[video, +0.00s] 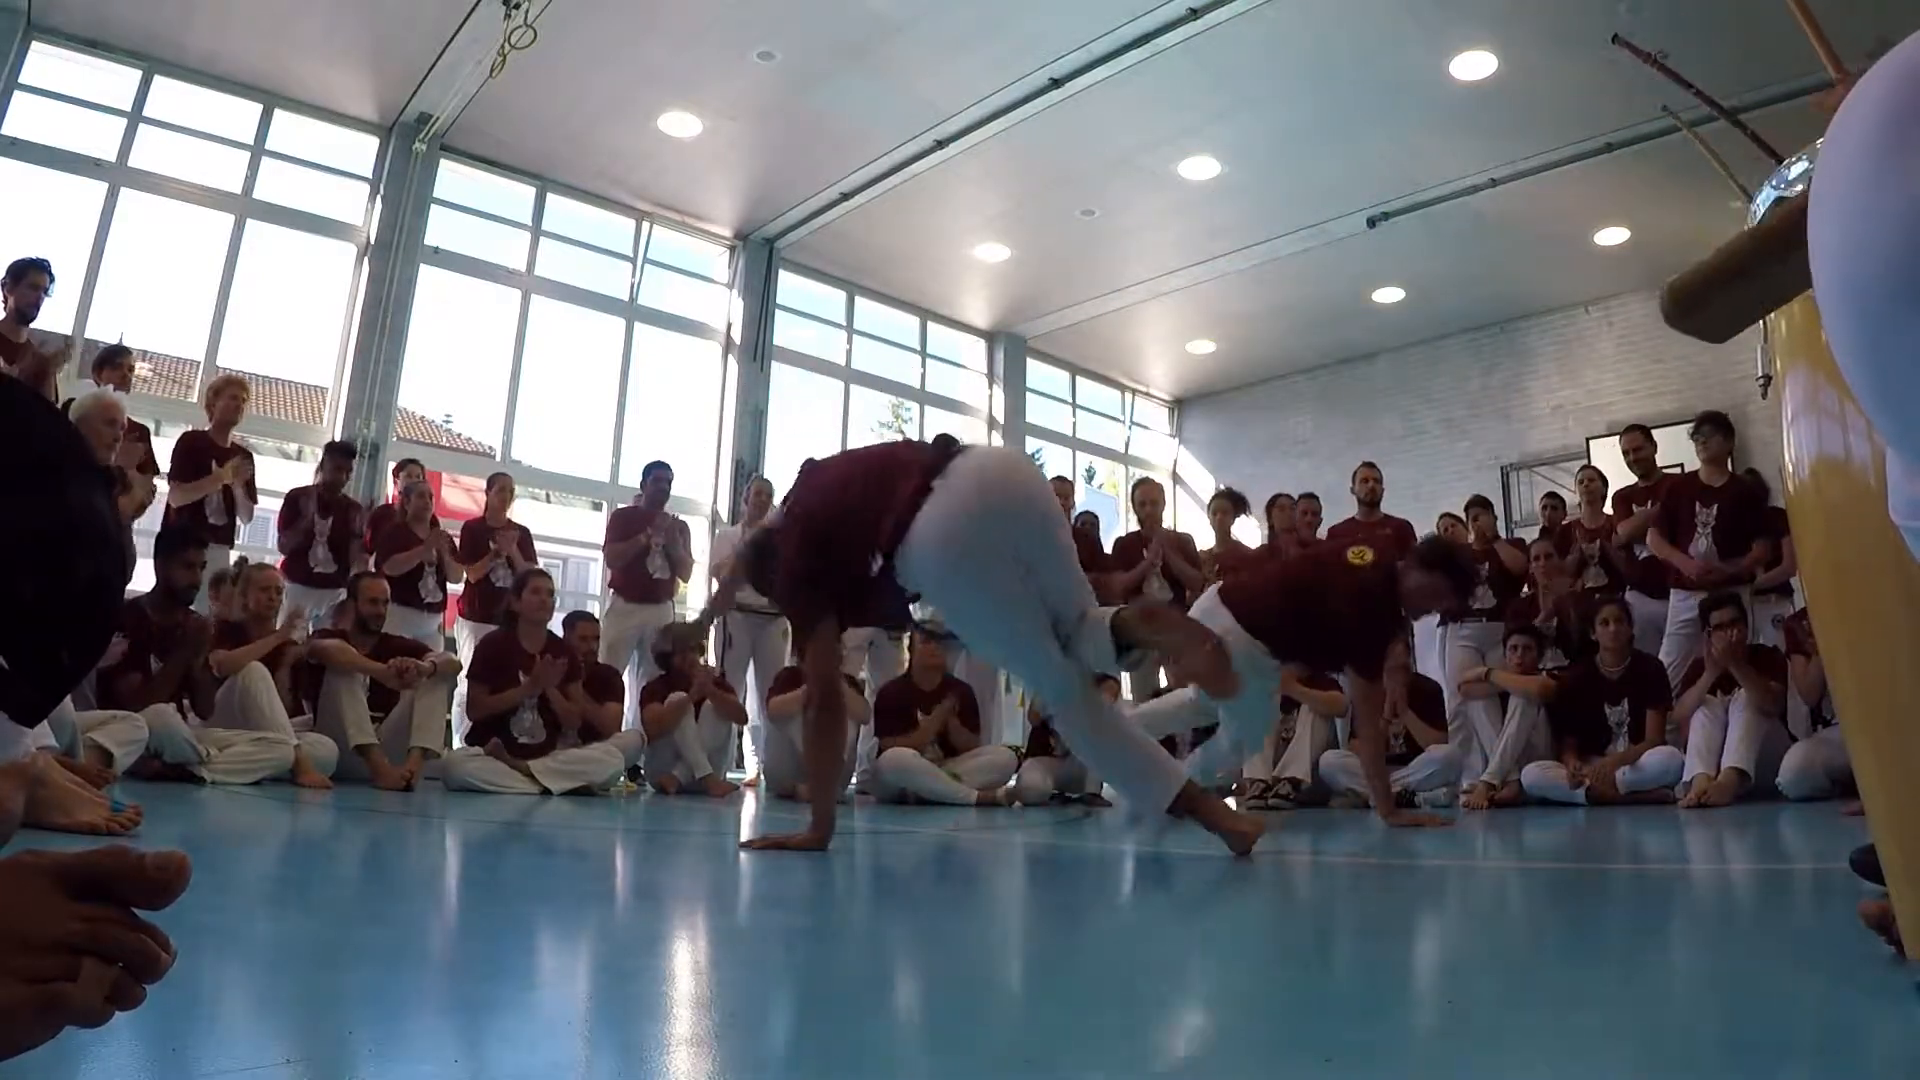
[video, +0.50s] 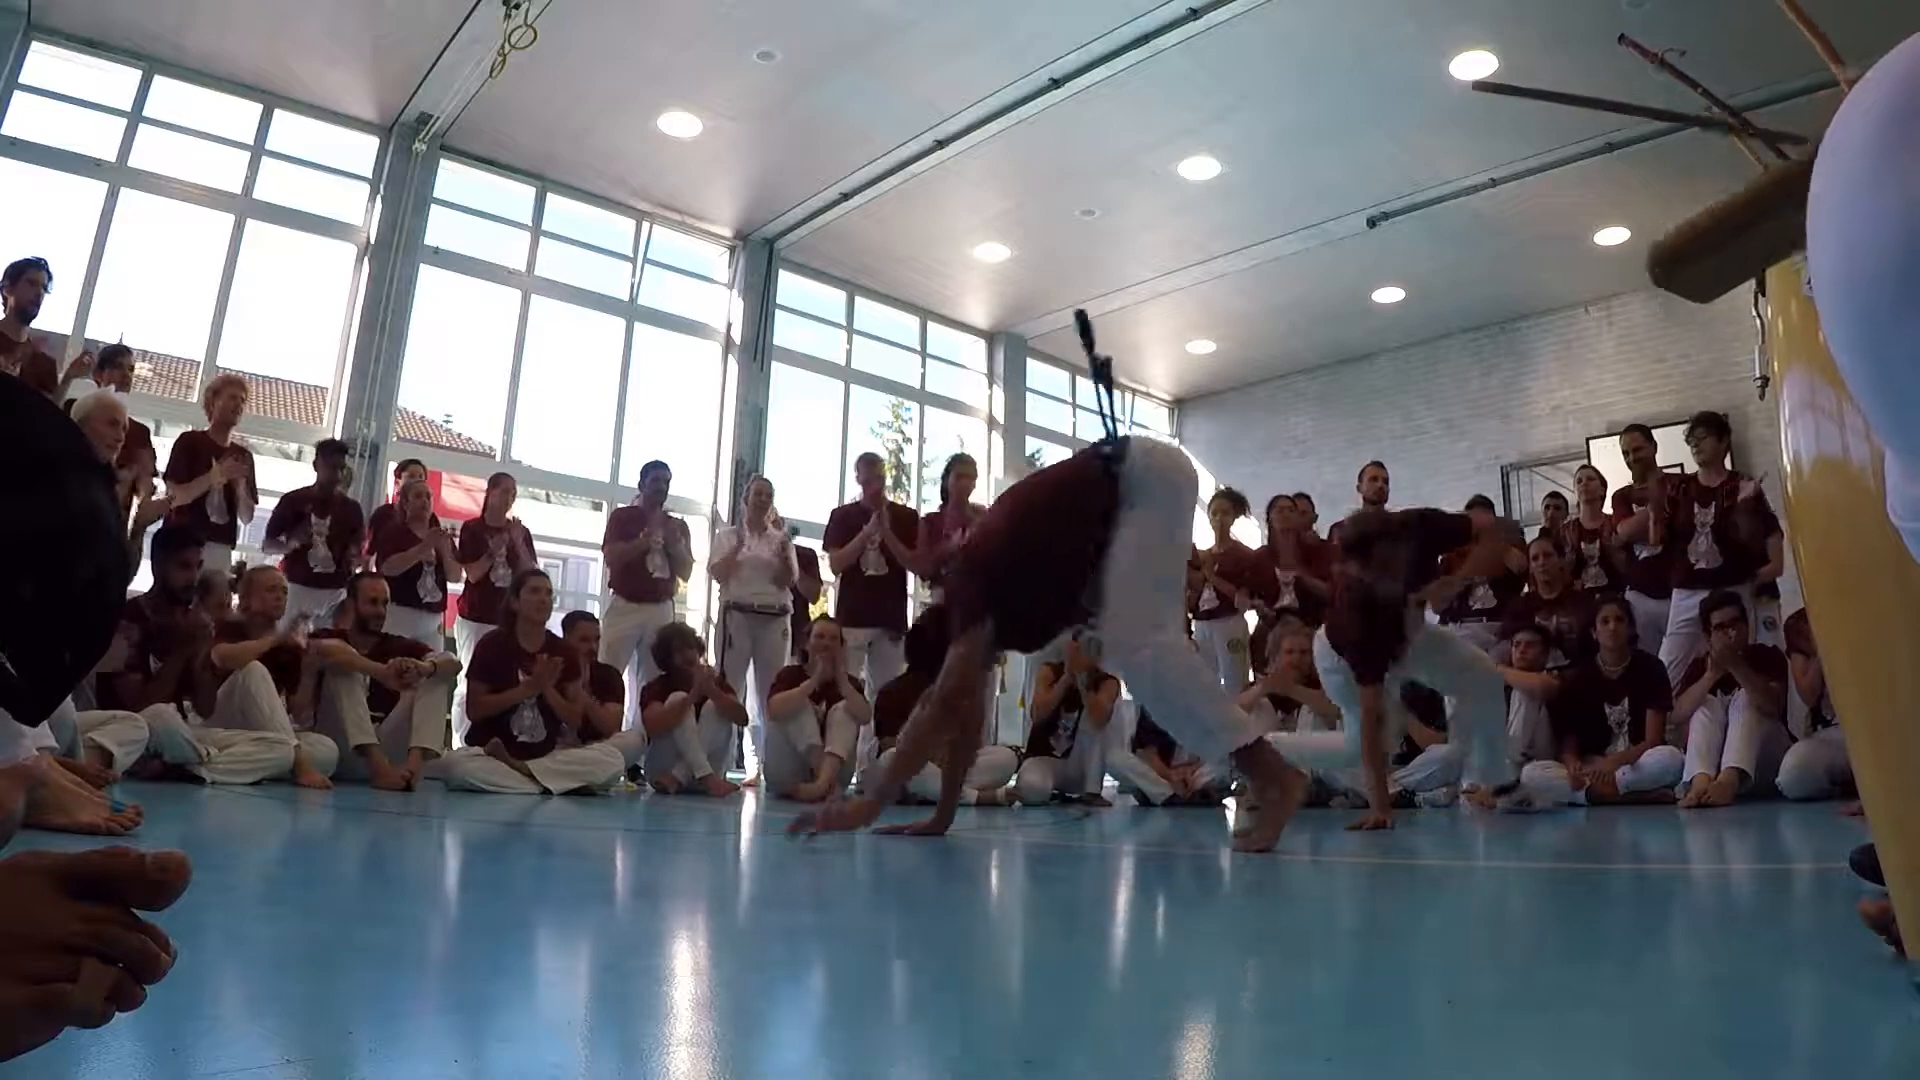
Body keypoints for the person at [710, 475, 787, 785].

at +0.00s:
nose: (759, 500)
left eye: (764, 496)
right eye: (755, 494)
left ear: (772, 502)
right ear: (744, 499)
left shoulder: (779, 538)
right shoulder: (726, 535)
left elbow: (786, 576)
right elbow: (717, 573)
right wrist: (747, 554)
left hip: (774, 618)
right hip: (736, 615)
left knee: (771, 694)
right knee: (729, 690)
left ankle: (768, 765)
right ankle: (723, 764)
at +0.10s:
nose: (761, 500)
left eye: (766, 495)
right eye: (757, 494)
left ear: (773, 501)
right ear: (745, 497)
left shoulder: (782, 537)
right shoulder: (729, 533)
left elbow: (790, 577)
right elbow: (719, 573)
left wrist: (786, 546)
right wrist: (734, 545)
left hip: (772, 616)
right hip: (735, 614)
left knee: (771, 689)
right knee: (731, 687)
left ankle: (771, 754)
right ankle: (729, 750)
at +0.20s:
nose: (760, 500)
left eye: (765, 495)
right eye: (755, 494)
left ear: (773, 501)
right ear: (745, 498)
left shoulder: (784, 539)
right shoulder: (728, 534)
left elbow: (784, 580)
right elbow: (724, 576)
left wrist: (764, 539)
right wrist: (757, 550)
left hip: (771, 618)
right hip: (736, 616)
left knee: (771, 695)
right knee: (728, 692)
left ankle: (768, 765)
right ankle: (723, 766)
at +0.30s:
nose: (760, 500)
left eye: (766, 495)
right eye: (756, 494)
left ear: (773, 501)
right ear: (745, 498)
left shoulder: (782, 539)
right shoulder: (727, 535)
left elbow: (785, 579)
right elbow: (724, 576)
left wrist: (766, 543)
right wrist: (756, 550)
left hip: (774, 619)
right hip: (736, 616)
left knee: (771, 696)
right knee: (728, 692)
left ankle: (768, 766)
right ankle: (723, 764)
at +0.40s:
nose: (761, 500)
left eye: (766, 495)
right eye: (756, 494)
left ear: (772, 501)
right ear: (745, 498)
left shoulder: (782, 538)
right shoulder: (728, 535)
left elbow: (789, 581)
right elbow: (715, 574)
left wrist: (777, 544)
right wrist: (747, 548)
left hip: (774, 618)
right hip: (736, 615)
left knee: (771, 695)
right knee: (728, 692)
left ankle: (768, 766)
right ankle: (724, 764)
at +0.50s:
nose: (761, 499)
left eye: (766, 495)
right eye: (756, 494)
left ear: (772, 501)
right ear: (745, 497)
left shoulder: (781, 539)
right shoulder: (728, 535)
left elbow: (789, 581)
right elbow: (717, 574)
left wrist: (784, 550)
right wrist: (736, 549)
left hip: (774, 616)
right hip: (736, 614)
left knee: (771, 694)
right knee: (729, 691)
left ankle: (767, 764)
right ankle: (724, 765)